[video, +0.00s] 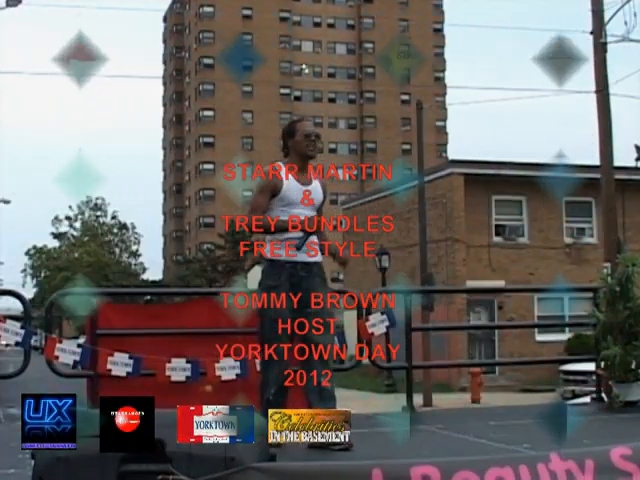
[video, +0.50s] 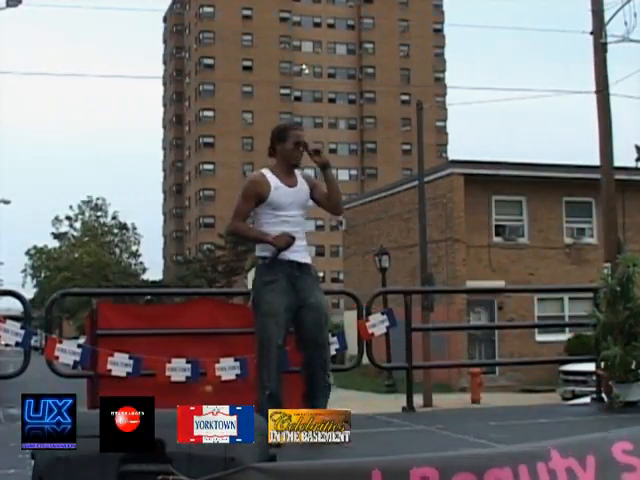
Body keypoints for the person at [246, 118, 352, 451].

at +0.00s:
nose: (314, 142)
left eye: (316, 137)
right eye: (307, 137)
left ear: (317, 144)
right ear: (288, 143)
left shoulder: (319, 184)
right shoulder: (275, 177)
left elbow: (316, 227)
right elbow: (251, 219)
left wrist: (334, 250)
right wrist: (290, 225)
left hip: (311, 269)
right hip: (279, 269)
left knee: (320, 342)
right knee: (277, 344)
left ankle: (325, 423)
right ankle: (273, 421)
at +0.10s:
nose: (307, 145)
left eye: (309, 141)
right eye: (301, 140)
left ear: (310, 146)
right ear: (281, 145)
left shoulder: (316, 182)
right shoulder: (267, 178)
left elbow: (325, 227)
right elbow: (248, 222)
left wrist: (326, 225)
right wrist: (286, 226)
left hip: (304, 269)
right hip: (270, 268)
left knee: (314, 341)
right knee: (270, 344)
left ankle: (324, 420)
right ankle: (271, 420)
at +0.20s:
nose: (300, 146)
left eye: (304, 142)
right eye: (293, 141)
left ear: (307, 147)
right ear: (277, 147)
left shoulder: (312, 180)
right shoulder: (261, 180)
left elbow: (332, 223)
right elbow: (242, 225)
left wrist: (335, 191)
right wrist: (279, 232)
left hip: (300, 272)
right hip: (267, 270)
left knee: (311, 346)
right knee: (265, 350)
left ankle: (321, 425)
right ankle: (269, 426)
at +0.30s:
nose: (300, 147)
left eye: (302, 142)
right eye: (293, 142)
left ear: (303, 147)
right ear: (274, 146)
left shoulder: (308, 179)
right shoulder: (259, 181)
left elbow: (334, 212)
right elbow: (236, 224)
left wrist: (327, 173)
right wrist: (271, 236)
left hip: (300, 271)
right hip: (268, 271)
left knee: (313, 343)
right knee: (267, 346)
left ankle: (317, 417)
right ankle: (269, 417)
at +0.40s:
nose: (300, 148)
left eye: (302, 144)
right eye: (294, 143)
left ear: (303, 148)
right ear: (274, 147)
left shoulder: (306, 179)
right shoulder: (258, 181)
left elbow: (335, 208)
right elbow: (234, 225)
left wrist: (324, 168)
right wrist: (269, 239)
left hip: (302, 272)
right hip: (269, 272)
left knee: (318, 344)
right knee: (269, 347)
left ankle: (315, 416)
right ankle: (270, 418)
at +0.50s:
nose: (303, 150)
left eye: (304, 145)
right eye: (296, 145)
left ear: (303, 150)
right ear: (276, 148)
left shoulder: (305, 181)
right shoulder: (259, 182)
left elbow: (335, 207)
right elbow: (235, 225)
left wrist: (325, 168)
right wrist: (270, 239)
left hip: (305, 272)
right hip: (273, 271)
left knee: (318, 342)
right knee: (271, 343)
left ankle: (318, 411)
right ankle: (270, 414)